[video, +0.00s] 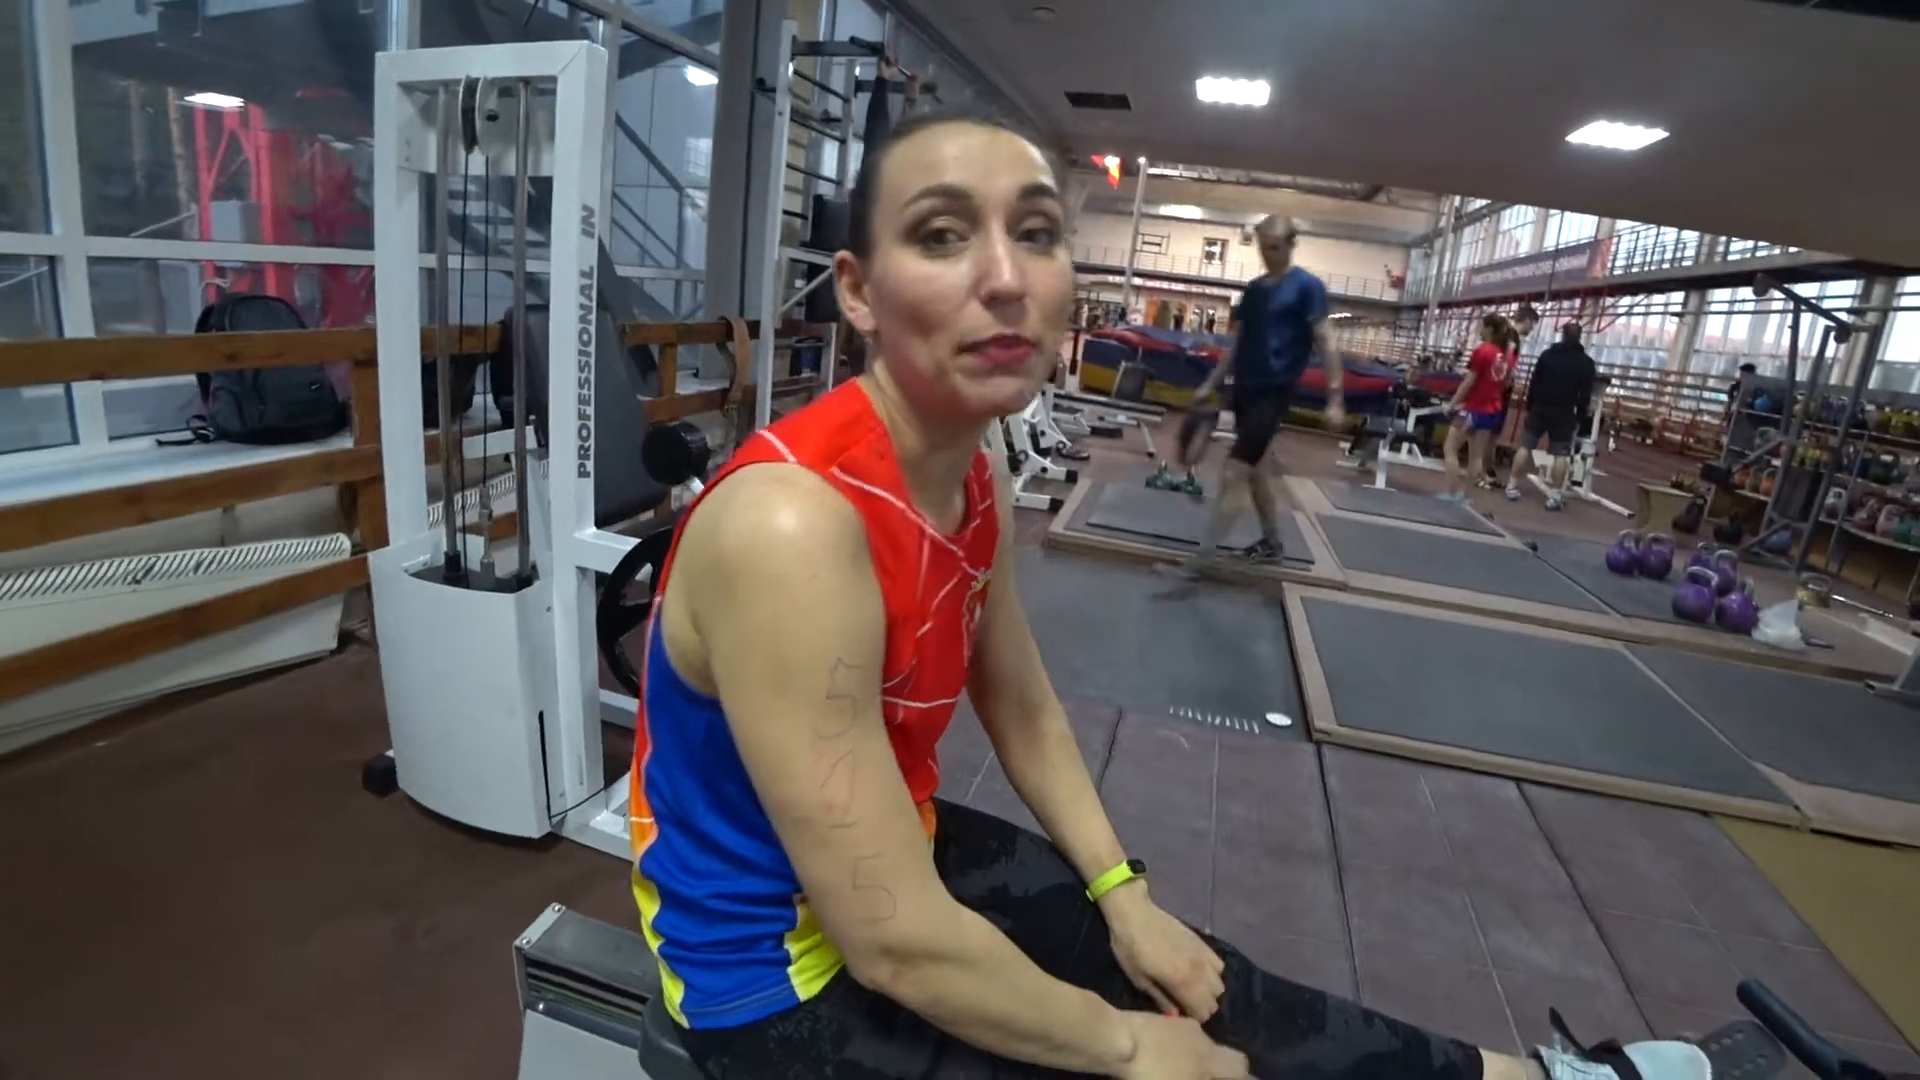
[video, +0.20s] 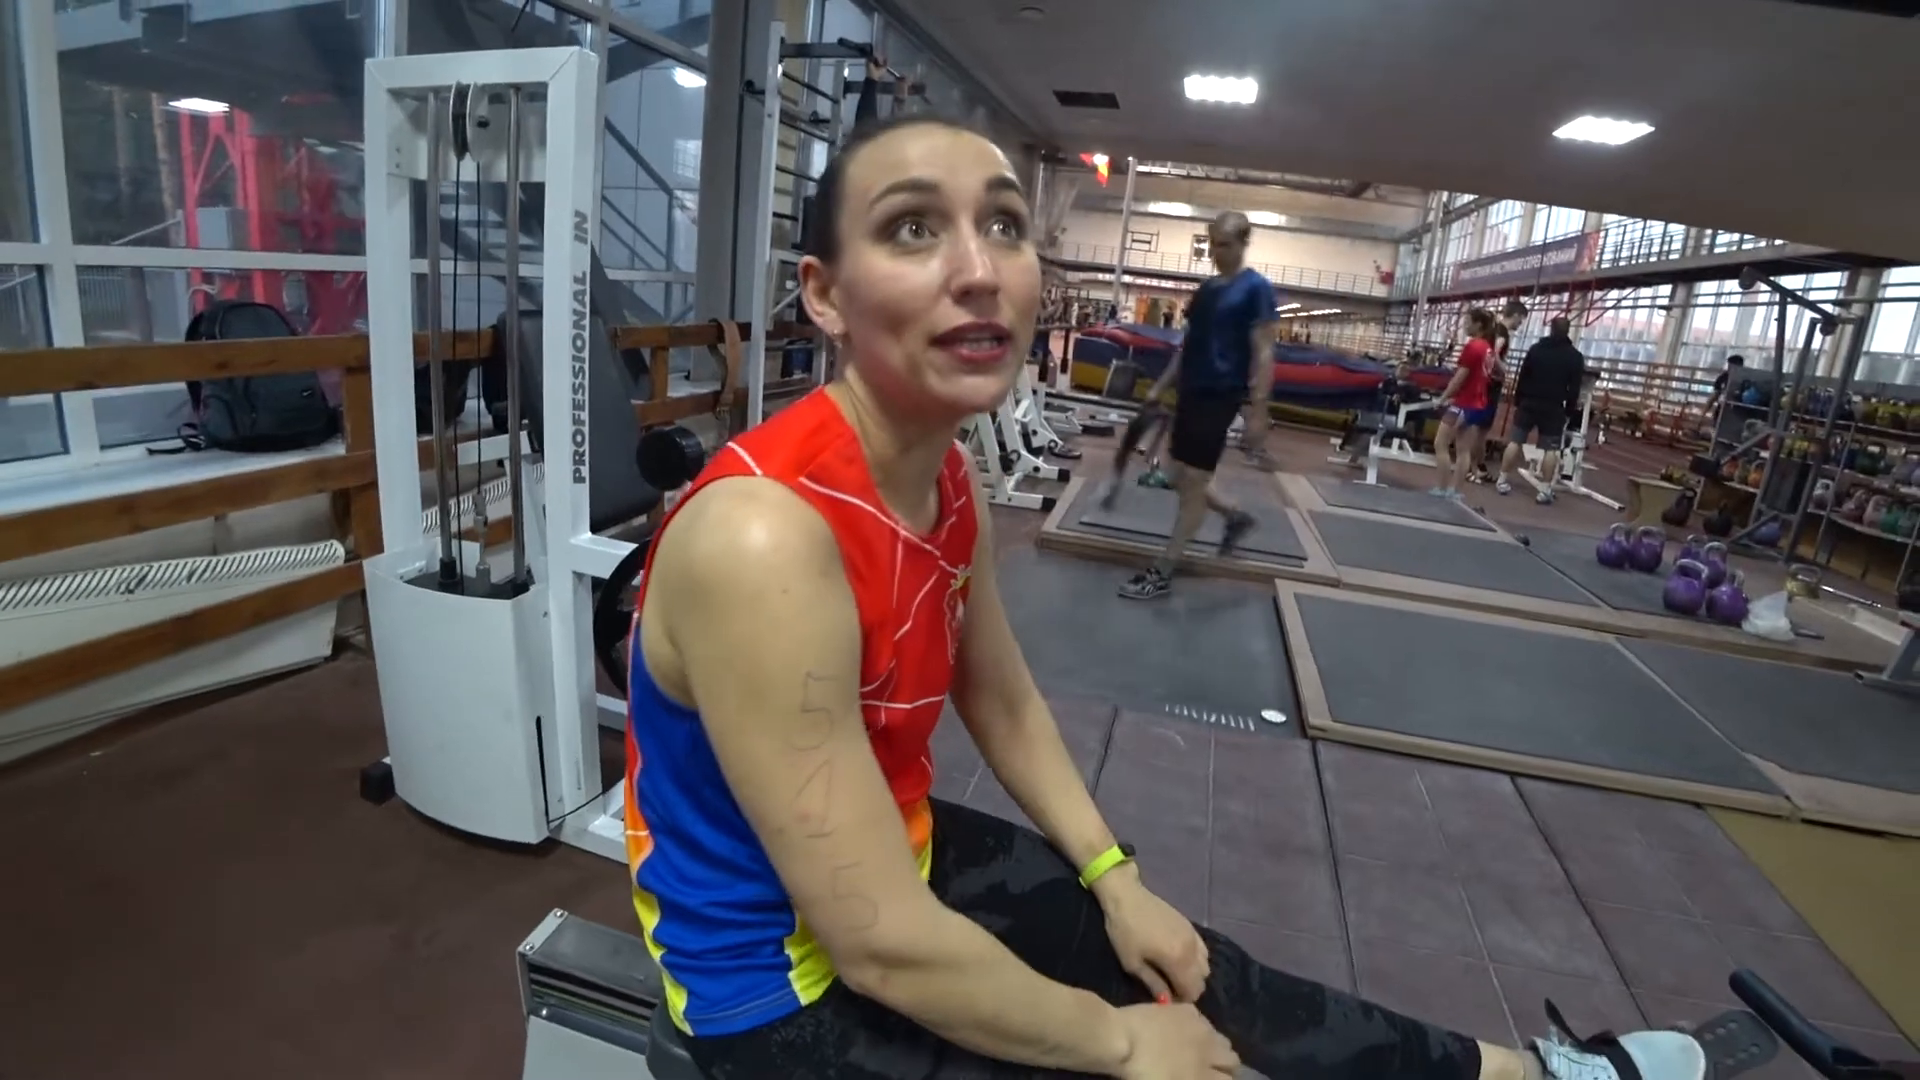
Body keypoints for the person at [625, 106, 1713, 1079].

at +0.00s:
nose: (1003, 278)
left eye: (1035, 232)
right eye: (942, 234)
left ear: (1073, 280)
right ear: (858, 293)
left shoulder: (957, 475)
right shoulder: (789, 529)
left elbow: (1019, 707)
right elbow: (892, 935)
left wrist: (1119, 897)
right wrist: (1133, 1047)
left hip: (914, 863)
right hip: (789, 991)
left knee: (1193, 978)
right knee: (1177, 1067)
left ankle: (1497, 1072)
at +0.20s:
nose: (977, 267)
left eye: (1002, 225)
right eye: (911, 228)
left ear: (1035, 277)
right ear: (824, 297)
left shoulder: (935, 474)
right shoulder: (760, 541)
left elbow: (1003, 705)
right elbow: (878, 941)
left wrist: (1112, 884)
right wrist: (1129, 1040)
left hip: (922, 868)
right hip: (798, 1002)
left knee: (1191, 970)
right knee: (1178, 1067)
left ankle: (1509, 1071)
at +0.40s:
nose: (997, 237)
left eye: (1014, 196)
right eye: (923, 202)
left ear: (1048, 242)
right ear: (828, 280)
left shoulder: (944, 465)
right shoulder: (759, 530)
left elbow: (993, 709)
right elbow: (845, 962)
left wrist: (1120, 857)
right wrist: (1130, 1028)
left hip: (926, 875)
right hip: (795, 1006)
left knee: (1202, 939)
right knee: (1190, 1056)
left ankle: (1526, 1071)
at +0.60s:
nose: (1087, 190)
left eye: (1105, 141)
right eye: (1004, 144)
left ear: (1136, 191)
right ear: (889, 229)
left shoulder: (988, 428)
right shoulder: (814, 499)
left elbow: (1020, 690)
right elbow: (850, 1011)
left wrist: (1182, 813)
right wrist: (1191, 1011)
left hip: (960, 845)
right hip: (836, 1004)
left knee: (1293, 881)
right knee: (1315, 1047)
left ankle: (1548, 1067)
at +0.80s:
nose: (1108, 217)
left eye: (1149, 143)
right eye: (1027, 151)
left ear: (1191, 175)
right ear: (915, 203)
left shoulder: (1026, 418)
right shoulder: (843, 495)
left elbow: (1037, 673)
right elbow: (932, 1062)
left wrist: (1239, 785)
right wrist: (1299, 1046)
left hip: (1009, 879)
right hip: (878, 1027)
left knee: (1360, 838)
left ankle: (1563, 1076)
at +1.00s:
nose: (1044, 349)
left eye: (1114, 262)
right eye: (976, 260)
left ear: (1193, 257)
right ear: (901, 245)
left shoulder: (1023, 455)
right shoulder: (813, 547)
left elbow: (1031, 705)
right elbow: (941, 1059)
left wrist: (1234, 791)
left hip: (995, 926)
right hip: (827, 1042)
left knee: (1362, 827)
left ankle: (1519, 1074)